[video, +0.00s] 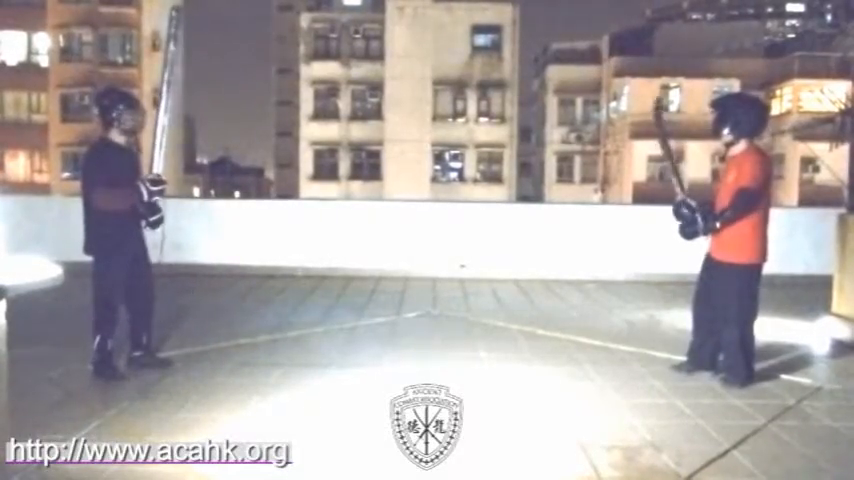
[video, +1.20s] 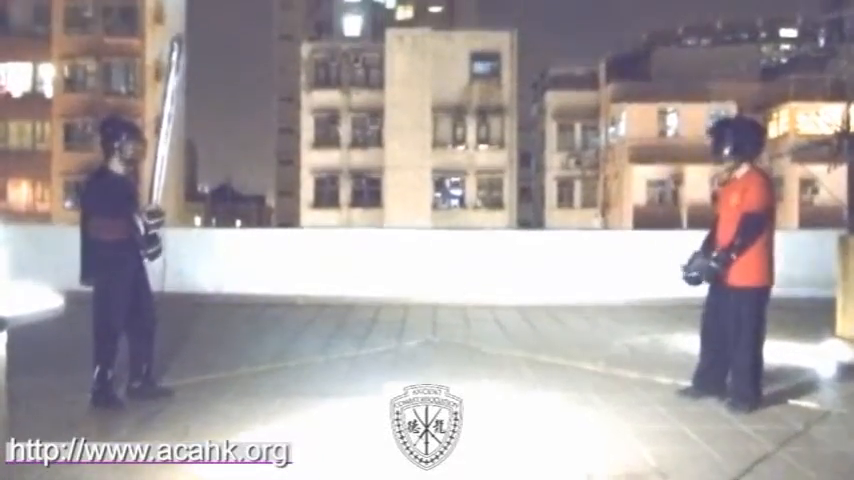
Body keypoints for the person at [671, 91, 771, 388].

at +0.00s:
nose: (718, 128)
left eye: (722, 121)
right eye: (719, 121)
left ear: (737, 125)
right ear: (738, 125)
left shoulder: (753, 160)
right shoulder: (731, 159)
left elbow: (746, 200)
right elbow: (726, 202)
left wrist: (713, 222)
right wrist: (702, 213)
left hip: (743, 253)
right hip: (721, 249)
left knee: (736, 313)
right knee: (705, 305)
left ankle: (737, 369)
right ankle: (701, 357)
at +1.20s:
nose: (719, 150)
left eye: (724, 143)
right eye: (719, 143)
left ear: (740, 145)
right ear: (726, 146)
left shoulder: (756, 182)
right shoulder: (727, 183)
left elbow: (753, 224)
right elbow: (719, 225)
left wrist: (725, 257)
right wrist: (703, 254)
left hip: (749, 276)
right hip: (724, 272)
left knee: (744, 336)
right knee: (715, 329)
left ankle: (744, 393)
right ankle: (708, 382)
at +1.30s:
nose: (715, 162)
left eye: (720, 155)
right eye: (715, 155)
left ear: (736, 157)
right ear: (727, 158)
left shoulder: (757, 192)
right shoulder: (724, 196)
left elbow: (754, 231)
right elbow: (717, 237)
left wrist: (728, 266)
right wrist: (706, 269)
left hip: (750, 285)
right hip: (725, 282)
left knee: (745, 346)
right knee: (714, 339)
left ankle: (744, 404)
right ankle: (707, 393)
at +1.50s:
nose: (709, 184)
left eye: (713, 176)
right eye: (707, 177)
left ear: (729, 176)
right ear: (715, 178)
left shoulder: (756, 209)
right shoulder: (719, 215)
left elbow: (749, 252)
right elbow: (717, 258)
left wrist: (721, 286)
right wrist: (709, 293)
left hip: (755, 303)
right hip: (728, 301)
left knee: (752, 364)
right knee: (717, 357)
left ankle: (748, 420)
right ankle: (709, 409)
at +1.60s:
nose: (706, 192)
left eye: (710, 185)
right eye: (705, 186)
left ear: (727, 182)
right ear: (711, 185)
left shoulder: (754, 212)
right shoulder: (719, 218)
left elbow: (746, 255)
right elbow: (717, 259)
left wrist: (721, 288)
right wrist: (710, 291)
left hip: (756, 306)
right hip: (729, 304)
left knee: (753, 367)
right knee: (717, 361)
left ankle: (749, 422)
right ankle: (709, 411)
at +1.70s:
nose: (705, 197)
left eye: (707, 190)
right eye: (702, 191)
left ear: (721, 185)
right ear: (713, 188)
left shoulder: (751, 211)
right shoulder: (721, 217)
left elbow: (746, 255)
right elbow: (718, 260)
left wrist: (721, 290)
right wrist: (709, 292)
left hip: (754, 305)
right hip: (729, 303)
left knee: (752, 367)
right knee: (717, 360)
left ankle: (747, 422)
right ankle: (709, 411)